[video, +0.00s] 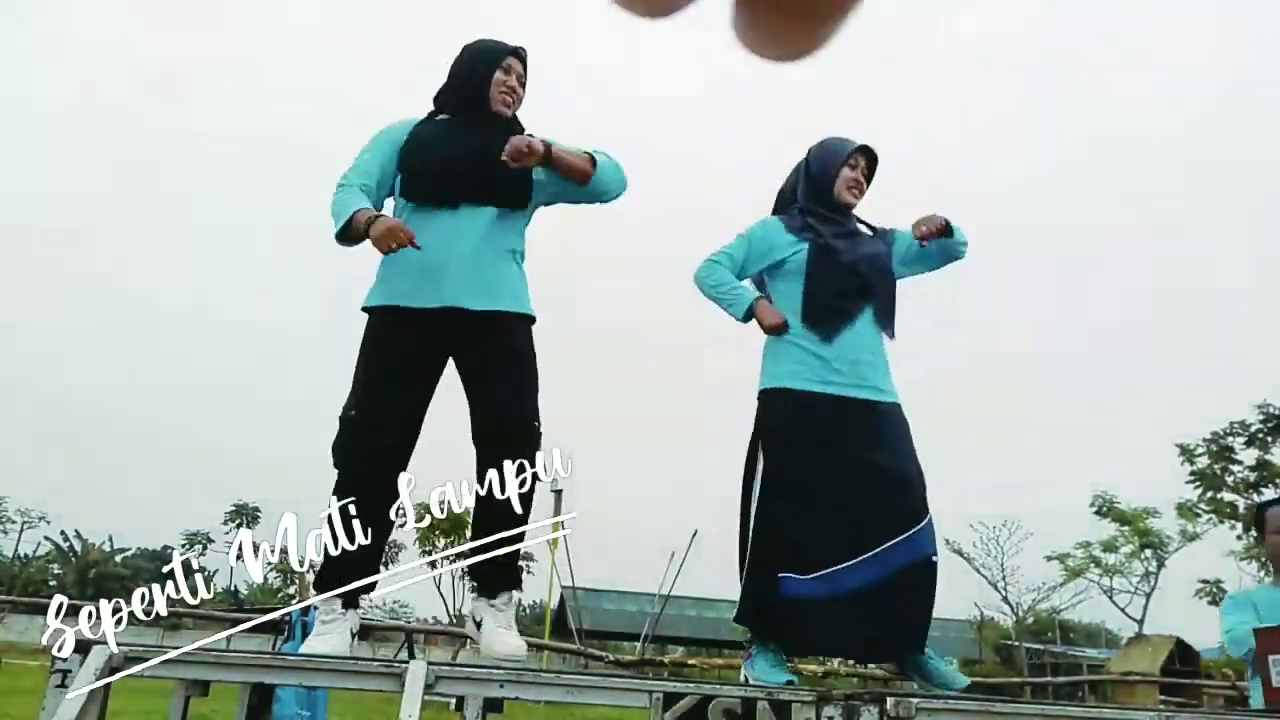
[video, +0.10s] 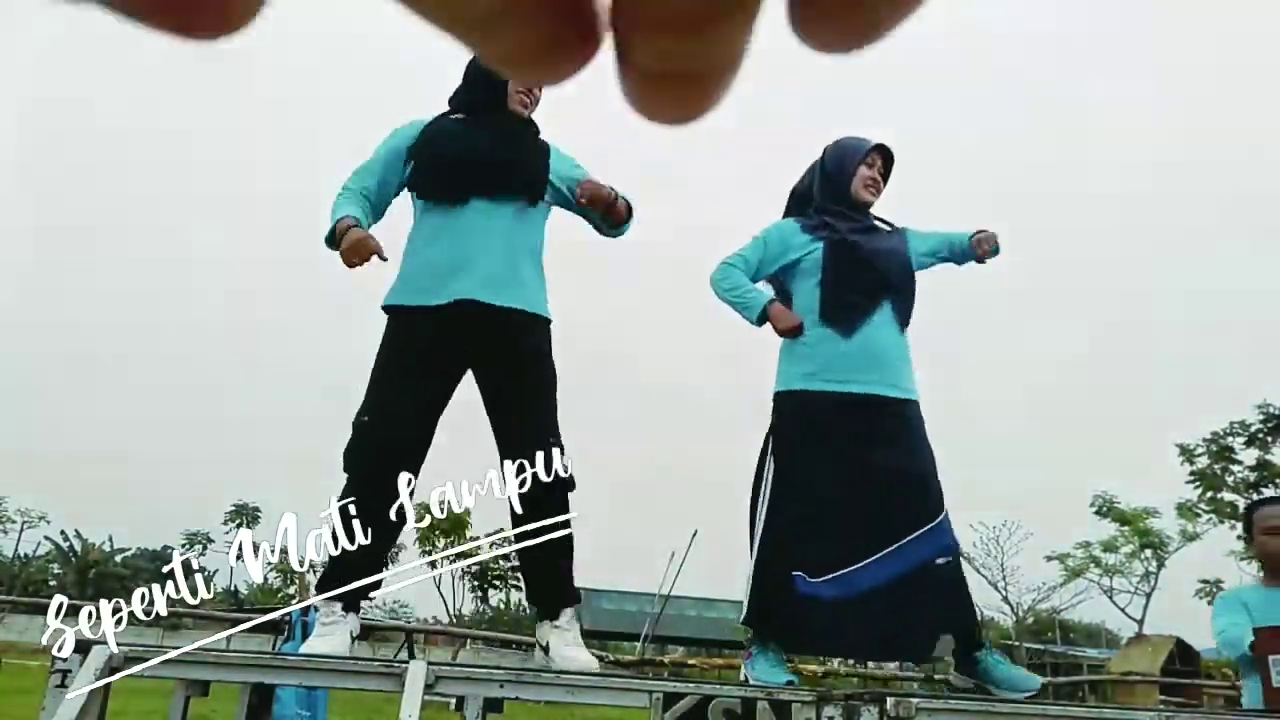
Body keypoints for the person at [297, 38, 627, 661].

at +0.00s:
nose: (514, 86)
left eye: (520, 82)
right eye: (504, 73)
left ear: (520, 95)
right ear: (469, 73)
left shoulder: (524, 155)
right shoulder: (405, 136)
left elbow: (614, 181)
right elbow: (350, 196)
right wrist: (372, 222)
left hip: (497, 313)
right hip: (405, 307)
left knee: (513, 454)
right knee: (368, 451)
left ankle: (493, 598)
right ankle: (343, 604)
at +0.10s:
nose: (533, 89)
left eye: (539, 82)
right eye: (521, 78)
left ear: (540, 92)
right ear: (484, 77)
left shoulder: (546, 156)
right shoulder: (421, 136)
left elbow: (612, 223)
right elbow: (359, 194)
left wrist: (613, 208)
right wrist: (348, 228)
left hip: (517, 320)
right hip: (424, 312)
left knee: (539, 469)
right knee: (380, 459)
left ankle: (557, 621)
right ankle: (340, 609)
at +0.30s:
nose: (569, 93)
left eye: (574, 89)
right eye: (559, 81)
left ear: (574, 107)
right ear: (523, 86)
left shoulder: (585, 171)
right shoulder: (474, 151)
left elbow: (667, 209)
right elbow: (401, 204)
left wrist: (625, 167)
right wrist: (393, 231)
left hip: (570, 331)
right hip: (480, 324)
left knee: (572, 482)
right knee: (422, 463)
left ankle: (564, 626)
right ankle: (370, 607)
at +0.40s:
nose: (588, 95)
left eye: (593, 91)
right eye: (577, 85)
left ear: (594, 106)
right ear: (543, 90)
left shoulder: (604, 157)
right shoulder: (491, 151)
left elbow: (657, 171)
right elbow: (439, 210)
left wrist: (579, 131)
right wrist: (450, 239)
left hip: (579, 325)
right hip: (493, 318)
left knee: (579, 475)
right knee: (452, 457)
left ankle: (567, 625)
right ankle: (434, 607)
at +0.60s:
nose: (603, 121)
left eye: (609, 115)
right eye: (591, 109)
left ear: (611, 127)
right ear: (556, 113)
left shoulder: (616, 181)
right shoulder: (512, 167)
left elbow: (637, 169)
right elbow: (480, 234)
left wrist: (589, 127)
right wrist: (526, 274)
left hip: (605, 351)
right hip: (521, 345)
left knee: (639, 475)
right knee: (494, 483)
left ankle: (596, 614)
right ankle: (477, 623)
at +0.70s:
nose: (623, 115)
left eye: (628, 111)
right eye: (614, 104)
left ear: (628, 123)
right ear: (579, 103)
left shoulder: (632, 174)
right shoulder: (526, 167)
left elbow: (684, 162)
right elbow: (488, 231)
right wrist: (506, 271)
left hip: (625, 345)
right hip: (541, 340)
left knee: (670, 466)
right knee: (504, 476)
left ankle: (650, 615)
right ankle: (477, 621)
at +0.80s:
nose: (642, 112)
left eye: (647, 107)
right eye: (633, 101)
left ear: (646, 121)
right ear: (598, 103)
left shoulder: (658, 174)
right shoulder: (545, 169)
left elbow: (734, 190)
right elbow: (505, 227)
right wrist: (481, 272)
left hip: (648, 344)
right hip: (561, 340)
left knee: (685, 485)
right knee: (520, 477)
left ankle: (704, 633)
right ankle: (478, 620)